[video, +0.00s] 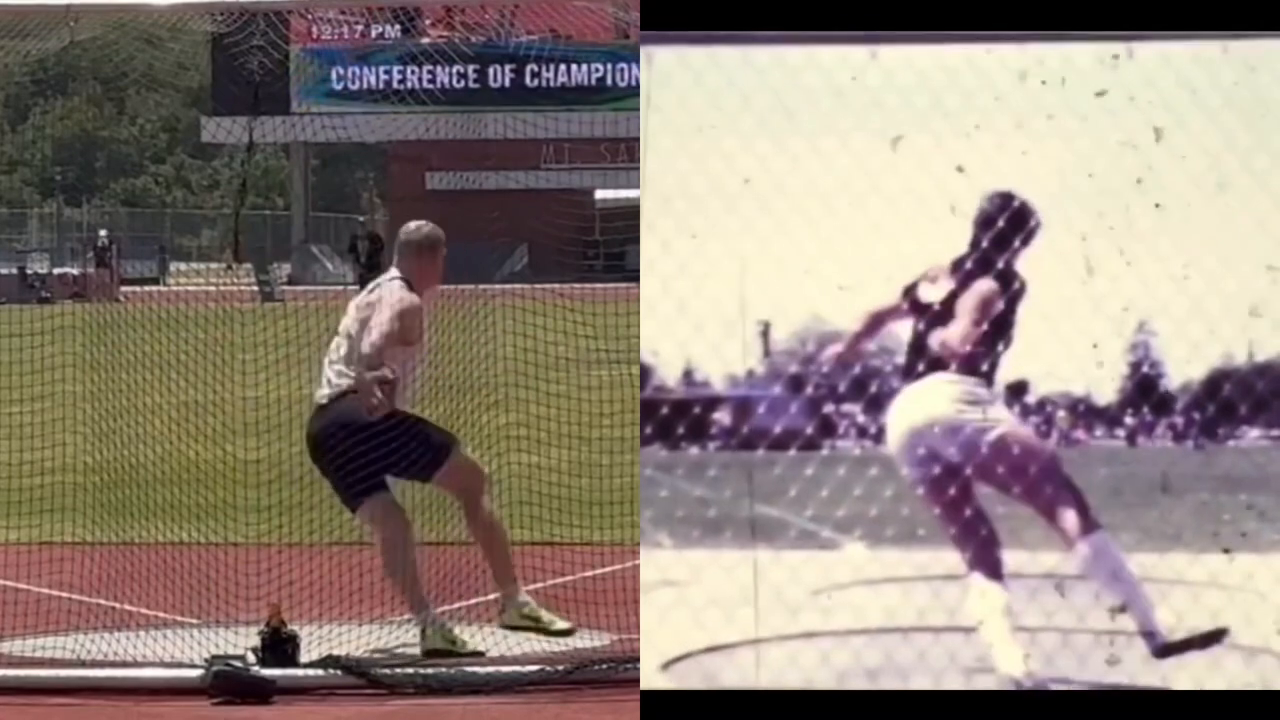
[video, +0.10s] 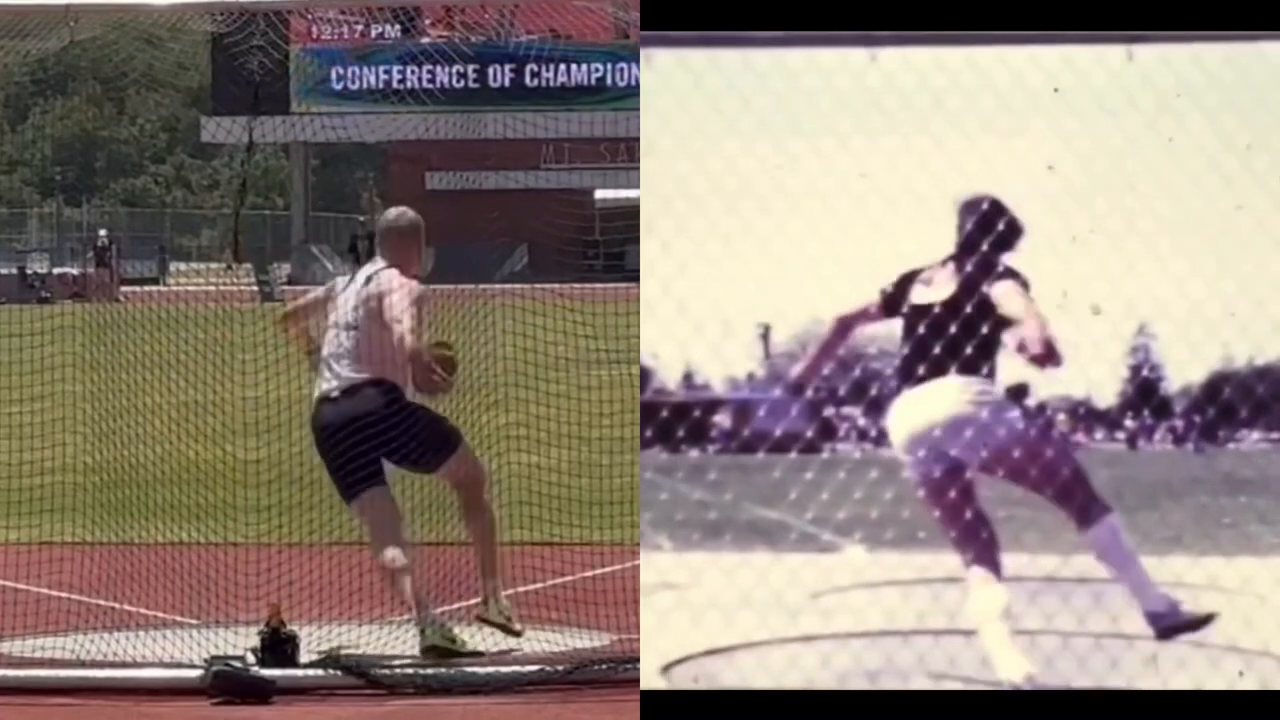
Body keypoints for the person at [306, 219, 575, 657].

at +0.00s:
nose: (442, 270)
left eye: (442, 261)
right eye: (441, 261)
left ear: (399, 257)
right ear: (430, 260)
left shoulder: (373, 292)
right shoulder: (401, 296)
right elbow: (374, 338)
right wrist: (369, 377)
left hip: (325, 428)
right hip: (367, 414)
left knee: (390, 524)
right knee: (471, 482)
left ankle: (430, 626)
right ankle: (514, 601)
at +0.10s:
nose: (424, 257)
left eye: (422, 249)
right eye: (424, 249)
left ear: (378, 246)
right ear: (416, 249)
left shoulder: (348, 284)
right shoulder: (401, 282)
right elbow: (405, 337)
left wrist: (316, 353)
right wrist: (422, 365)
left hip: (328, 415)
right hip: (377, 403)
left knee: (385, 532)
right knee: (471, 478)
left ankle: (427, 624)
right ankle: (493, 596)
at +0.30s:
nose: (400, 237)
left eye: (396, 230)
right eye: (399, 230)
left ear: (355, 232)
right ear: (394, 231)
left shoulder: (323, 273)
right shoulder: (393, 271)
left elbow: (252, 304)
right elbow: (424, 306)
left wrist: (260, 326)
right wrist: (464, 333)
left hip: (336, 404)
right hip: (389, 394)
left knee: (384, 516)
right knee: (447, 474)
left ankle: (429, 610)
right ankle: (454, 602)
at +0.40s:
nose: (382, 221)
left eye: (378, 214)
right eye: (381, 215)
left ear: (331, 222)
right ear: (375, 219)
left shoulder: (303, 266)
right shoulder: (392, 260)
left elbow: (222, 302)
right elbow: (449, 287)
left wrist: (230, 305)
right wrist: (508, 303)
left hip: (347, 398)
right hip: (400, 385)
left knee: (401, 516)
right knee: (417, 492)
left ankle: (447, 589)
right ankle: (414, 593)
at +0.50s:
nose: (339, 216)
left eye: (319, 209)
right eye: (350, 206)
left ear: (310, 216)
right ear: (356, 211)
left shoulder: (288, 264)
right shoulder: (384, 252)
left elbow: (221, 299)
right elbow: (460, 265)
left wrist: (199, 296)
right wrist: (528, 273)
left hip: (361, 398)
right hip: (407, 385)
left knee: (413, 513)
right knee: (375, 486)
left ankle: (465, 549)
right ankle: (385, 596)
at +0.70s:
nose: (293, 222)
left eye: (294, 213)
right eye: (296, 212)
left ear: (303, 215)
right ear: (341, 210)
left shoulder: (286, 266)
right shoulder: (379, 245)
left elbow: (223, 301)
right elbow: (465, 247)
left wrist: (190, 290)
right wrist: (534, 245)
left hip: (374, 400)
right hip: (401, 387)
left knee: (415, 515)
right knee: (337, 473)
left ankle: (485, 499)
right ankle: (364, 600)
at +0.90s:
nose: (285, 239)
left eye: (290, 229)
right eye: (284, 229)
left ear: (313, 229)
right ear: (319, 226)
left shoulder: (314, 280)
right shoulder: (363, 239)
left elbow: (262, 312)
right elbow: (431, 220)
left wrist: (216, 291)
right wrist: (481, 202)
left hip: (387, 399)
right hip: (347, 400)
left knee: (404, 510)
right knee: (315, 491)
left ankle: (479, 437)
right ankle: (357, 603)